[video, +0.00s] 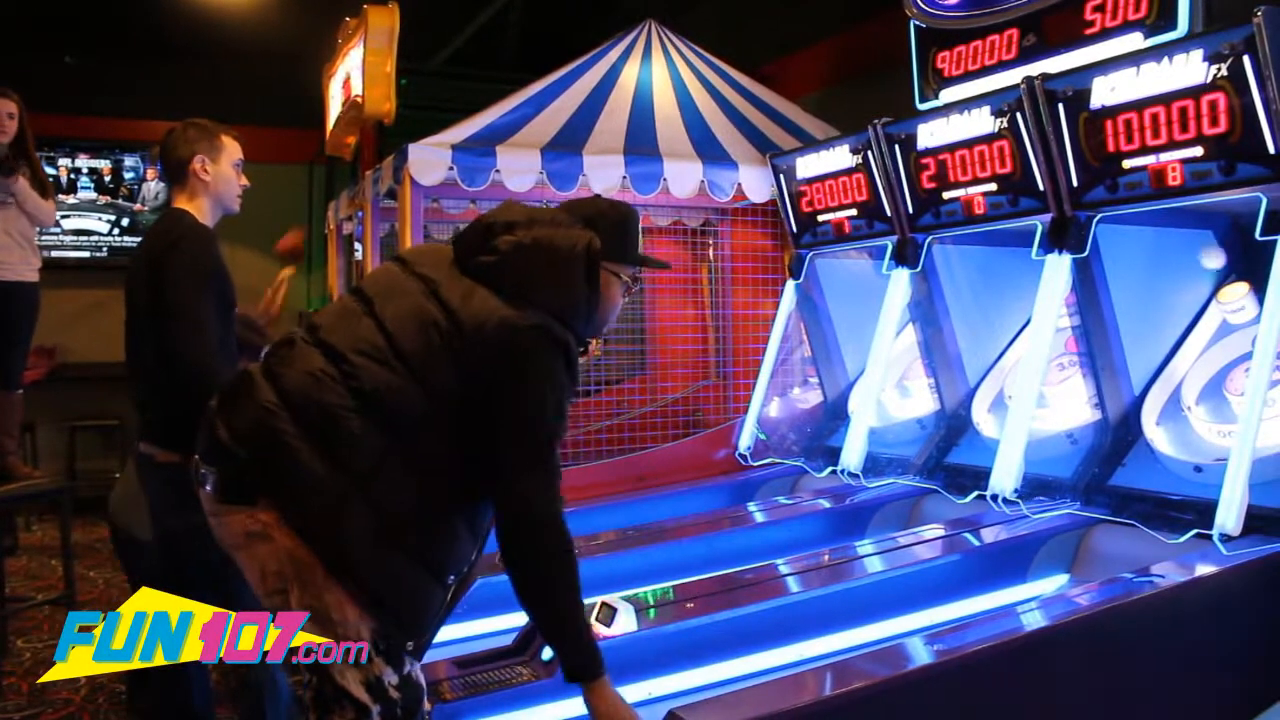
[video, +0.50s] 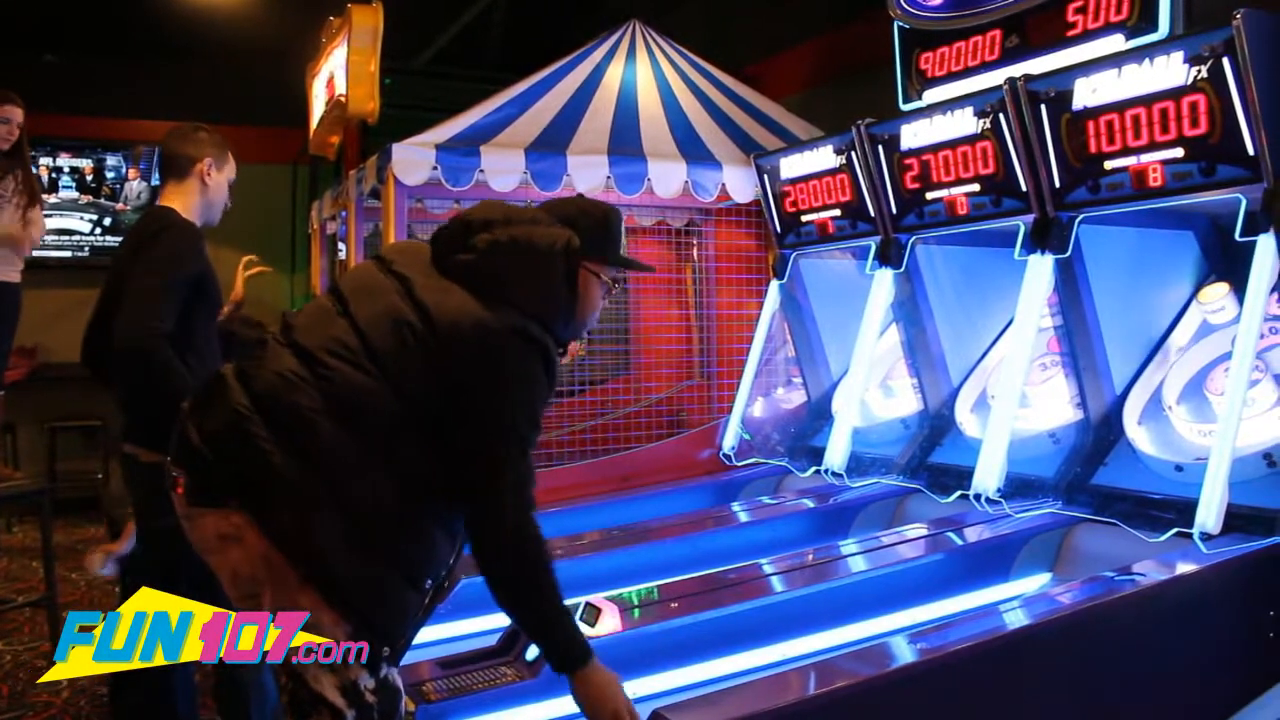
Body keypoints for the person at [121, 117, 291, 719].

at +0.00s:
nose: (244, 180)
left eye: (243, 168)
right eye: (237, 167)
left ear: (194, 171)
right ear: (201, 169)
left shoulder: (165, 239)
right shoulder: (190, 244)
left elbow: (189, 344)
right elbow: (204, 364)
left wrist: (254, 325)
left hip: (159, 458)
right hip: (186, 467)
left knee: (180, 613)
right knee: (233, 609)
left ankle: (173, 704)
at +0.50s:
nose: (229, 196)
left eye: (231, 184)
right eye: (229, 182)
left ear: (180, 170)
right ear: (206, 172)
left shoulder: (148, 233)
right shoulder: (176, 239)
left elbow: (98, 349)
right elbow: (147, 344)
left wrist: (224, 315)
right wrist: (200, 414)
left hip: (147, 453)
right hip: (173, 460)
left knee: (158, 596)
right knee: (211, 603)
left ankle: (151, 704)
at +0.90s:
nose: (230, 199)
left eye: (232, 187)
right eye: (230, 185)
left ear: (181, 172)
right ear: (204, 174)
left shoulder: (141, 235)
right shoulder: (182, 241)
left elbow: (100, 350)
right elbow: (172, 351)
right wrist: (187, 446)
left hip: (142, 452)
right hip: (175, 458)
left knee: (165, 593)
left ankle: (166, 704)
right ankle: (254, 707)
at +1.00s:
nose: (231, 197)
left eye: (232, 183)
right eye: (229, 182)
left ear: (182, 174)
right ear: (205, 172)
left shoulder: (141, 234)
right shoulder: (183, 240)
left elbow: (96, 352)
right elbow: (170, 348)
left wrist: (134, 423)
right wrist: (180, 443)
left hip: (141, 444)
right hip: (173, 448)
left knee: (162, 578)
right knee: (185, 586)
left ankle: (160, 696)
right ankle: (171, 700)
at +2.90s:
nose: (187, 189)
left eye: (185, 174)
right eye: (183, 174)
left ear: (129, 178)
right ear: (156, 173)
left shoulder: (103, 239)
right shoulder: (151, 239)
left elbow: (42, 347)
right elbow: (162, 353)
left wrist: (103, 396)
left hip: (106, 449)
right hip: (145, 456)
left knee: (123, 594)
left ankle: (123, 705)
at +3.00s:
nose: (187, 185)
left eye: (185, 172)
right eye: (183, 172)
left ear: (125, 178)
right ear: (157, 172)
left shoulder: (103, 239)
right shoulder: (152, 238)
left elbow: (50, 349)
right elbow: (160, 353)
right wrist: (211, 321)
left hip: (106, 448)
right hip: (144, 454)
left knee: (124, 593)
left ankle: (125, 706)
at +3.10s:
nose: (189, 185)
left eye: (187, 172)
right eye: (184, 172)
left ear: (127, 177)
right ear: (157, 172)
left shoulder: (102, 241)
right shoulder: (152, 239)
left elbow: (56, 350)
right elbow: (162, 354)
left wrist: (105, 403)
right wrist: (207, 325)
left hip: (109, 451)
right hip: (148, 455)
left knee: (126, 596)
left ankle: (125, 706)